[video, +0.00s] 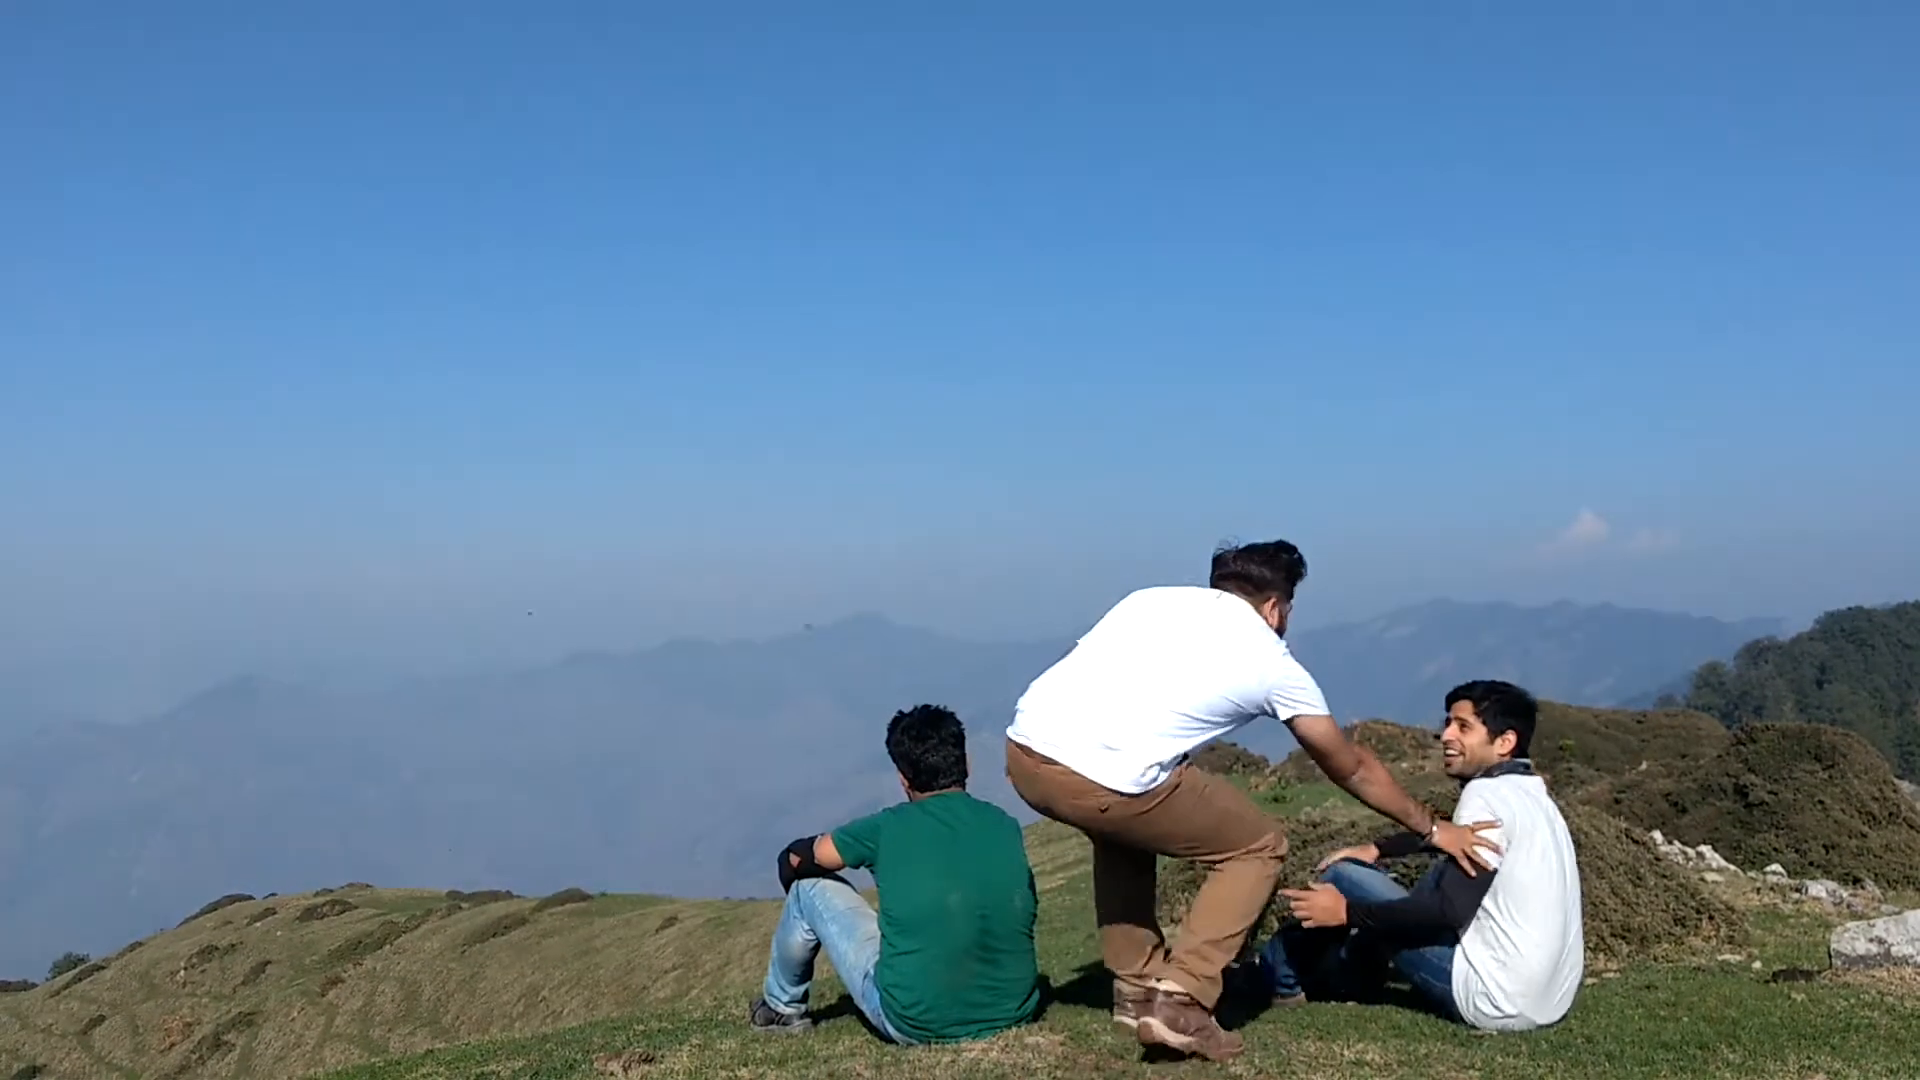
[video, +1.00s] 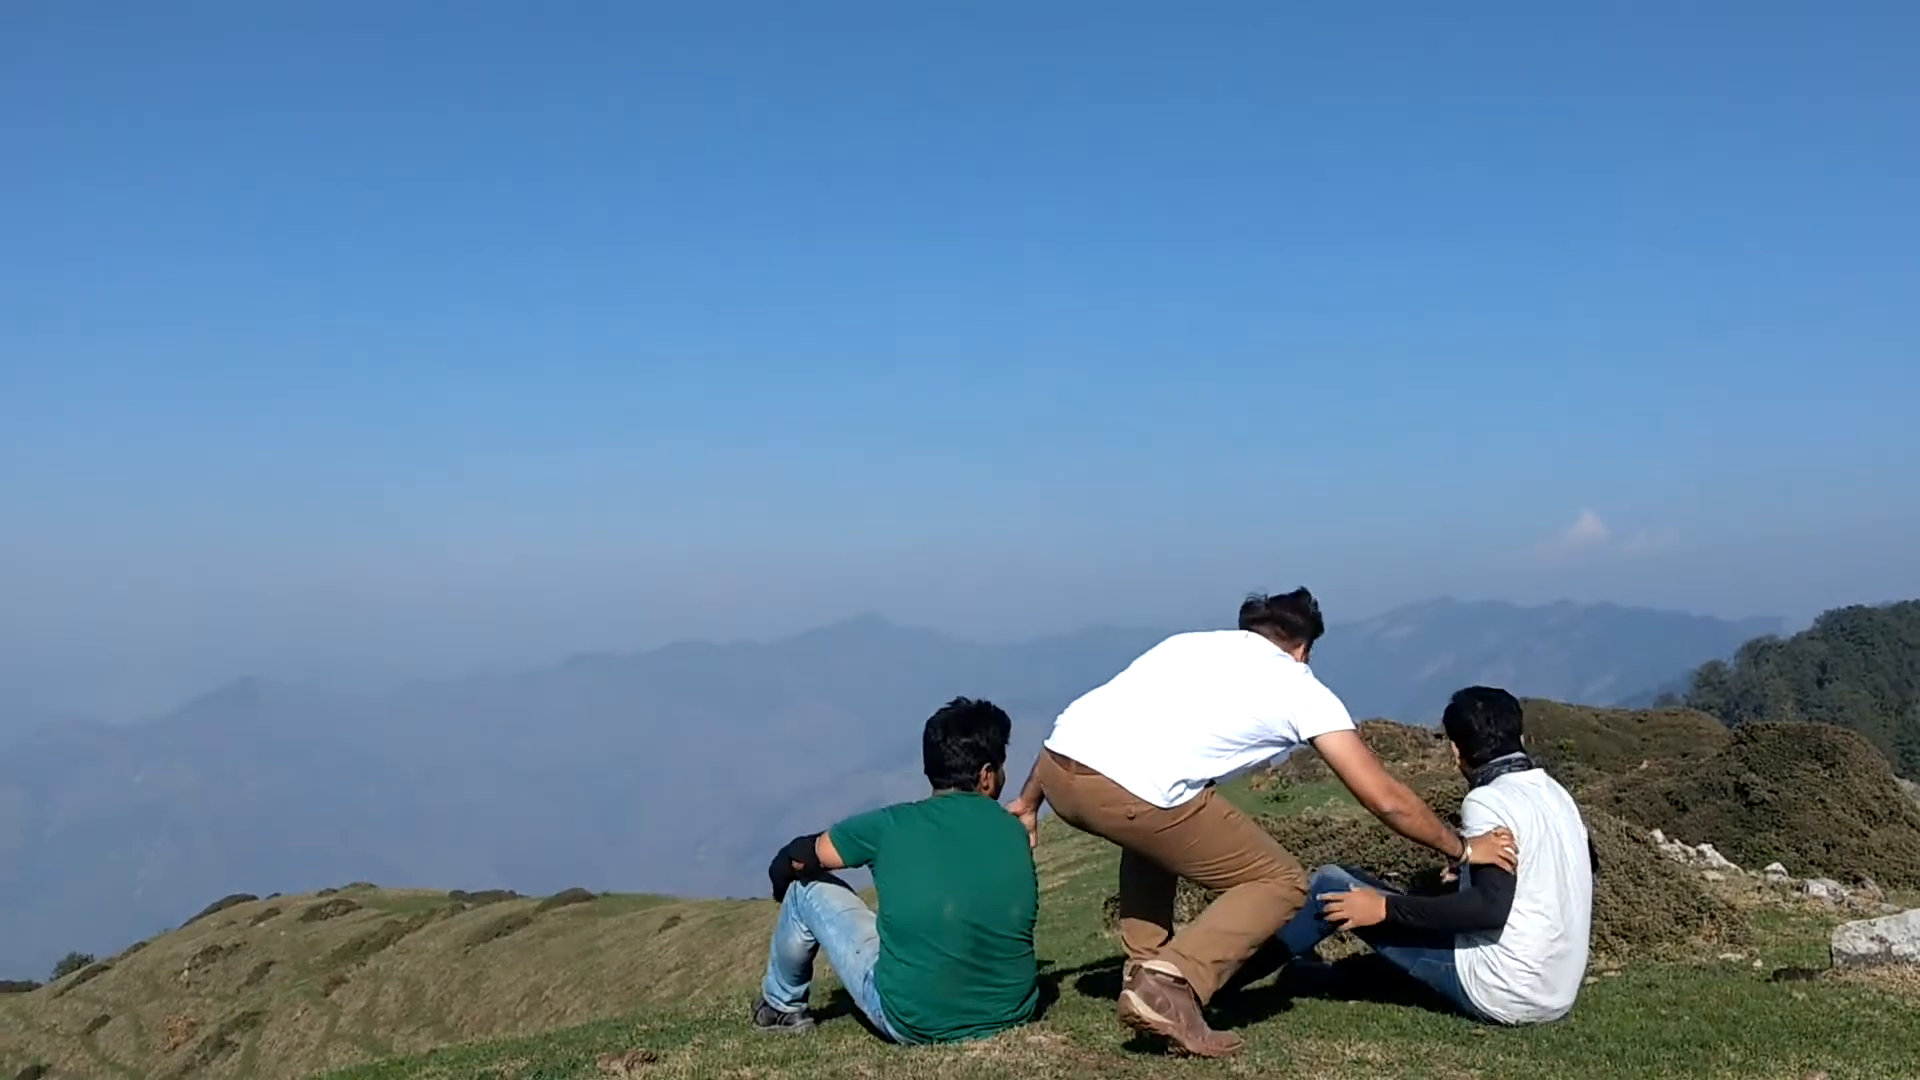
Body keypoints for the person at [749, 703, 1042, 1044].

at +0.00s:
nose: (900, 779)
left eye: (898, 772)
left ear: (904, 779)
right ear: (967, 767)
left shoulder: (889, 826)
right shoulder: (1006, 825)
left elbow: (798, 858)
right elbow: (1027, 909)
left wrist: (795, 884)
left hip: (916, 1022)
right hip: (1010, 1013)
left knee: (810, 887)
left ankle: (782, 1007)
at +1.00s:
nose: (1003, 776)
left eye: (1001, 765)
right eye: (1001, 767)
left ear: (931, 772)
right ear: (987, 776)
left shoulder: (891, 823)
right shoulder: (1014, 828)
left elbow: (791, 859)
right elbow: (1020, 913)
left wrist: (784, 889)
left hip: (913, 1022)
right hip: (1008, 1014)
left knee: (807, 887)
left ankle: (782, 1004)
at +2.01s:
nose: (884, 794)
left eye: (896, 781)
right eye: (883, 780)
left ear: (933, 778)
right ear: (940, 781)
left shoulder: (902, 852)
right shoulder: (986, 829)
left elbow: (890, 975)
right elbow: (916, 840)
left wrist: (789, 1011)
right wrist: (847, 827)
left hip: (937, 1023)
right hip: (1006, 1007)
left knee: (770, 933)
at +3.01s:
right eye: (862, 775)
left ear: (797, 801)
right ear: (859, 781)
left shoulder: (795, 845)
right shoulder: (903, 819)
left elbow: (825, 947)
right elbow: (888, 894)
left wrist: (804, 1055)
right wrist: (795, 922)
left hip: (884, 1028)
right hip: (974, 1001)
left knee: (745, 992)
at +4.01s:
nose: (719, 807)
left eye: (728, 786)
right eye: (704, 798)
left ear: (758, 769)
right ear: (694, 798)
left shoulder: (779, 821)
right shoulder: (746, 828)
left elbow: (818, 937)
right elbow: (705, 914)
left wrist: (805, 1056)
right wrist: (658, 1003)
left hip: (879, 988)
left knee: (734, 1030)